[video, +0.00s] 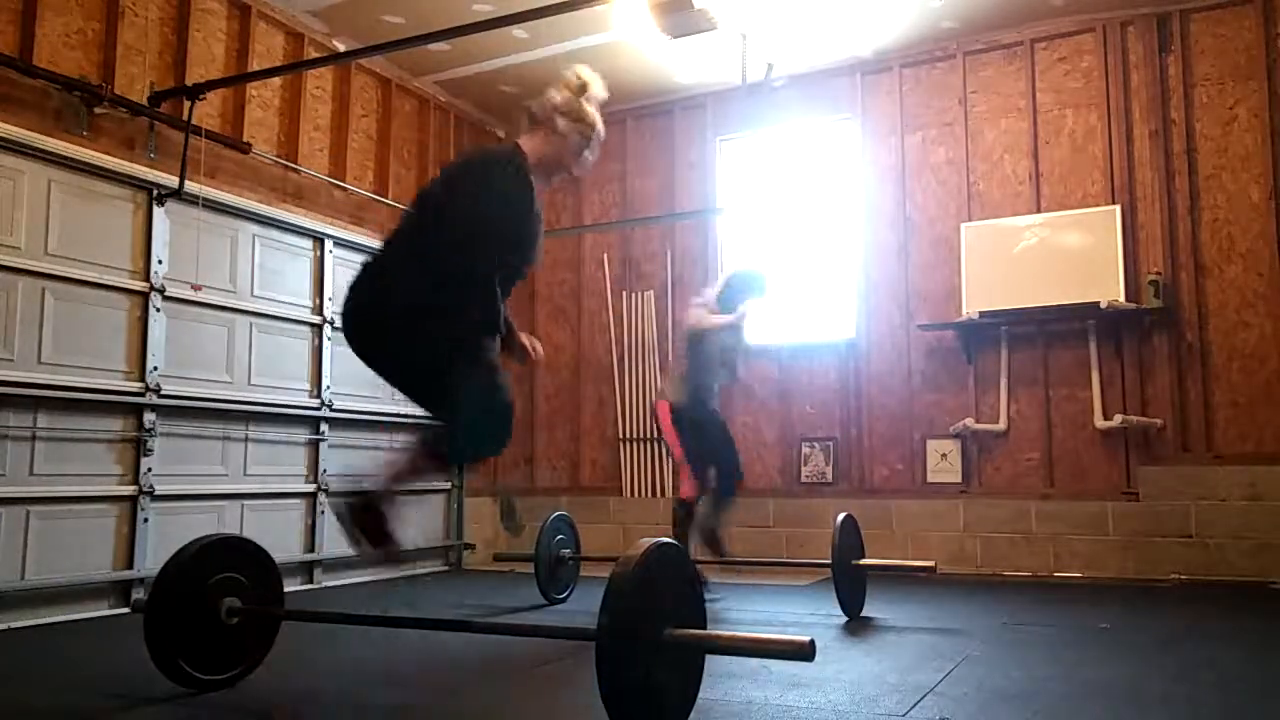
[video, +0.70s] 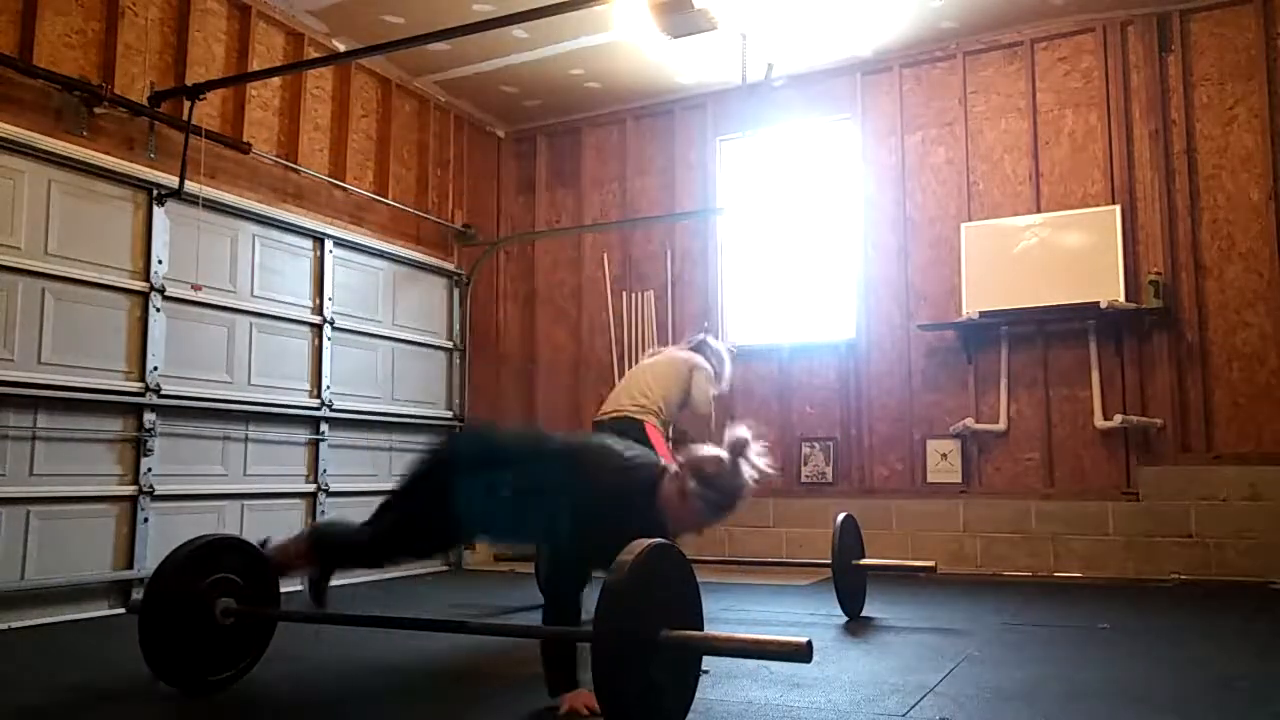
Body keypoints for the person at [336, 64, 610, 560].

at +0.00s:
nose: (577, 169)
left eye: (586, 157)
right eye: (582, 151)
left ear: (549, 128)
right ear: (556, 131)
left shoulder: (505, 180)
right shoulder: (500, 181)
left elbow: (479, 274)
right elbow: (470, 274)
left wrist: (509, 333)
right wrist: (493, 342)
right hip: (396, 316)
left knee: (483, 413)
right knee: (483, 416)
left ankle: (376, 499)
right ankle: (374, 500)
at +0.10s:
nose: (602, 211)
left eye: (608, 200)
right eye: (603, 194)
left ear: (560, 170)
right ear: (575, 176)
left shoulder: (520, 222)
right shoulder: (523, 229)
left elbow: (489, 312)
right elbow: (482, 315)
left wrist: (524, 372)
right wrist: (519, 375)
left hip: (402, 356)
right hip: (421, 362)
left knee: (473, 469)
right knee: (477, 472)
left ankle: (447, 604)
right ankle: (447, 608)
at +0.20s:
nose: (607, 297)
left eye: (615, 288)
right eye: (607, 282)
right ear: (583, 261)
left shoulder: (553, 315)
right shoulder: (536, 309)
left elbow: (536, 396)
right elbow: (501, 399)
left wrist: (550, 458)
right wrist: (529, 465)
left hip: (474, 418)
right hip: (446, 420)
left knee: (499, 524)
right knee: (498, 526)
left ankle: (458, 643)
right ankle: (449, 651)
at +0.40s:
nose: (637, 434)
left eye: (645, 426)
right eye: (640, 420)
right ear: (620, 392)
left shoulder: (586, 414)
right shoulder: (566, 410)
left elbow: (603, 499)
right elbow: (550, 526)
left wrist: (629, 570)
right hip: (411, 404)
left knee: (493, 513)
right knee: (487, 514)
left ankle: (459, 642)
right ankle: (452, 649)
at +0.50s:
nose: (644, 467)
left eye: (655, 461)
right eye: (646, 454)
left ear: (630, 417)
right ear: (627, 422)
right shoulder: (563, 439)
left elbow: (628, 539)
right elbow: (558, 548)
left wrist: (659, 619)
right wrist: (579, 639)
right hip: (423, 381)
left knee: (481, 508)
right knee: (450, 513)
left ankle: (440, 623)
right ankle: (421, 636)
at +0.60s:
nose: (667, 492)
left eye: (677, 487)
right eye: (672, 482)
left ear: (659, 449)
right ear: (655, 453)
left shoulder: (629, 458)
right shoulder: (598, 464)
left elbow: (644, 558)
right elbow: (571, 574)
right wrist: (571, 678)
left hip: (493, 421)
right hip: (452, 406)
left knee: (449, 529)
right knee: (425, 526)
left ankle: (353, 552)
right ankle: (329, 558)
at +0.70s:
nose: (696, 527)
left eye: (707, 521)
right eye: (698, 513)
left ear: (710, 511)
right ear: (678, 479)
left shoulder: (648, 500)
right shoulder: (610, 485)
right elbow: (561, 594)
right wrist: (564, 688)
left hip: (489, 503)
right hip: (468, 466)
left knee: (402, 544)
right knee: (373, 537)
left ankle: (327, 558)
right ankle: (279, 559)